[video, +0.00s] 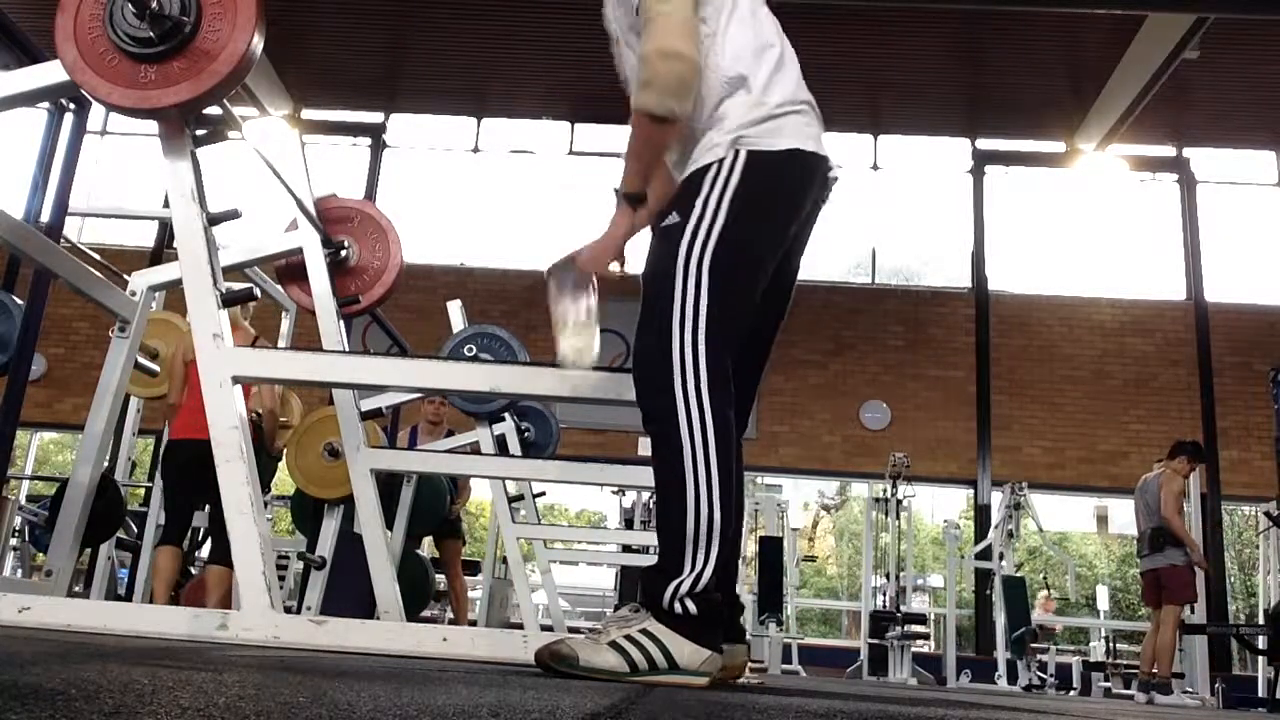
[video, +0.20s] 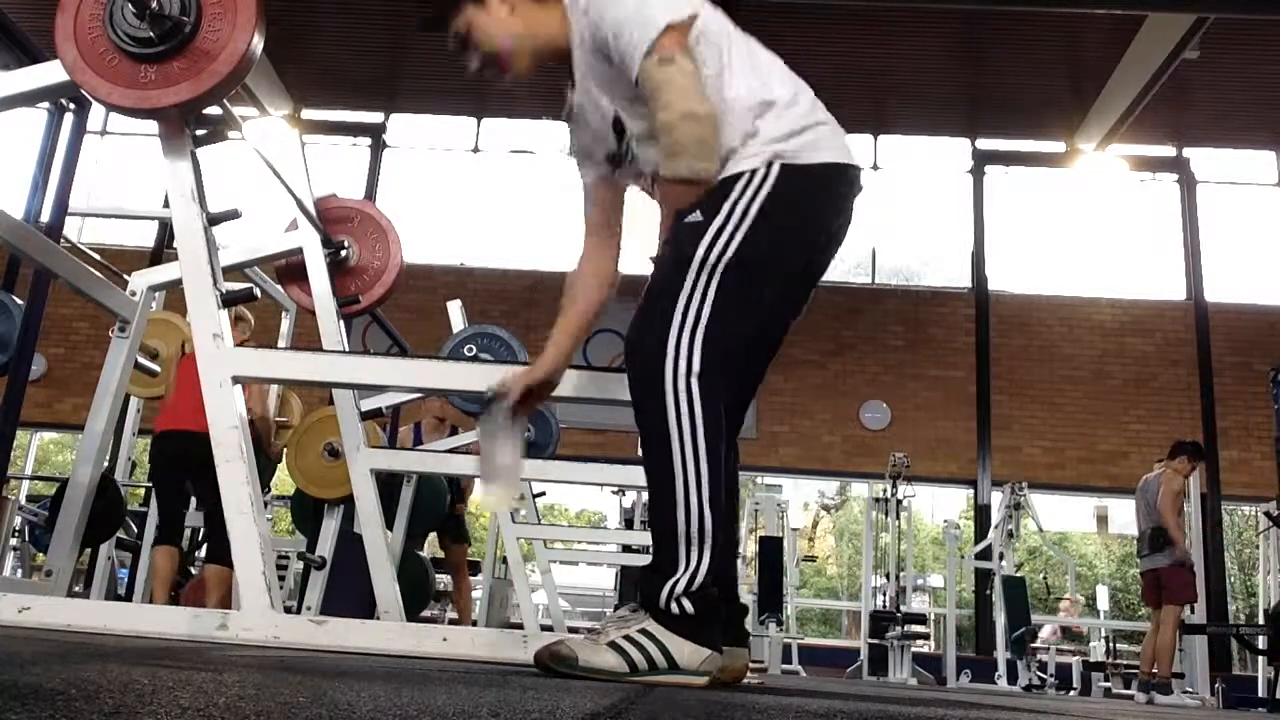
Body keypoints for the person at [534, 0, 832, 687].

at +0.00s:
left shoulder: (662, 4)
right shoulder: (656, 16)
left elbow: (671, 70)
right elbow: (680, 153)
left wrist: (634, 196)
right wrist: (611, 241)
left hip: (744, 147)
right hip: (780, 152)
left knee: (680, 373)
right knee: (706, 388)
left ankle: (686, 623)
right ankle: (709, 627)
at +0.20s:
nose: (480, 58)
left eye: (472, 35)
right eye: (470, 51)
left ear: (504, 2)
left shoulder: (612, 9)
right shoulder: (592, 114)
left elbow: (693, 139)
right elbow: (599, 251)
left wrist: (671, 233)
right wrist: (550, 362)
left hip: (780, 162)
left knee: (666, 356)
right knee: (699, 388)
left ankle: (684, 624)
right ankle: (712, 632)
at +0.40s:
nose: (456, 160)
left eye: (446, 138)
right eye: (440, 152)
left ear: (477, 88)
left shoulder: (593, 61)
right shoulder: (561, 199)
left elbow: (717, 160)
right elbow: (531, 332)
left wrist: (674, 234)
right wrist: (454, 463)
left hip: (797, 186)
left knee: (643, 351)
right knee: (669, 398)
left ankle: (688, 624)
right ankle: (709, 629)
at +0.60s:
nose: (453, 214)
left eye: (442, 192)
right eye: (438, 209)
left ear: (470, 138)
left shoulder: (586, 98)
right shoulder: (546, 248)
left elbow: (726, 174)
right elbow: (494, 376)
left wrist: (660, 265)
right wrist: (410, 503)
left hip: (803, 209)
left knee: (634, 345)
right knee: (655, 390)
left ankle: (686, 621)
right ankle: (700, 626)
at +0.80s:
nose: (456, 172)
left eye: (447, 151)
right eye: (442, 165)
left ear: (479, 101)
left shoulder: (599, 73)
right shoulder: (556, 211)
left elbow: (726, 164)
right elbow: (505, 343)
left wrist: (672, 241)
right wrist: (425, 481)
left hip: (807, 195)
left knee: (650, 342)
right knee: (658, 374)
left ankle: (691, 622)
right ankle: (664, 609)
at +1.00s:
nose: (477, 106)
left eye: (469, 84)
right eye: (466, 98)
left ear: (500, 38)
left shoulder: (620, 30)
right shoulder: (580, 157)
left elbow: (721, 149)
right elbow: (564, 285)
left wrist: (676, 259)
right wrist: (516, 417)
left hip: (802, 171)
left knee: (667, 350)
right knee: (689, 387)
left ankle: (684, 623)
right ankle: (710, 629)